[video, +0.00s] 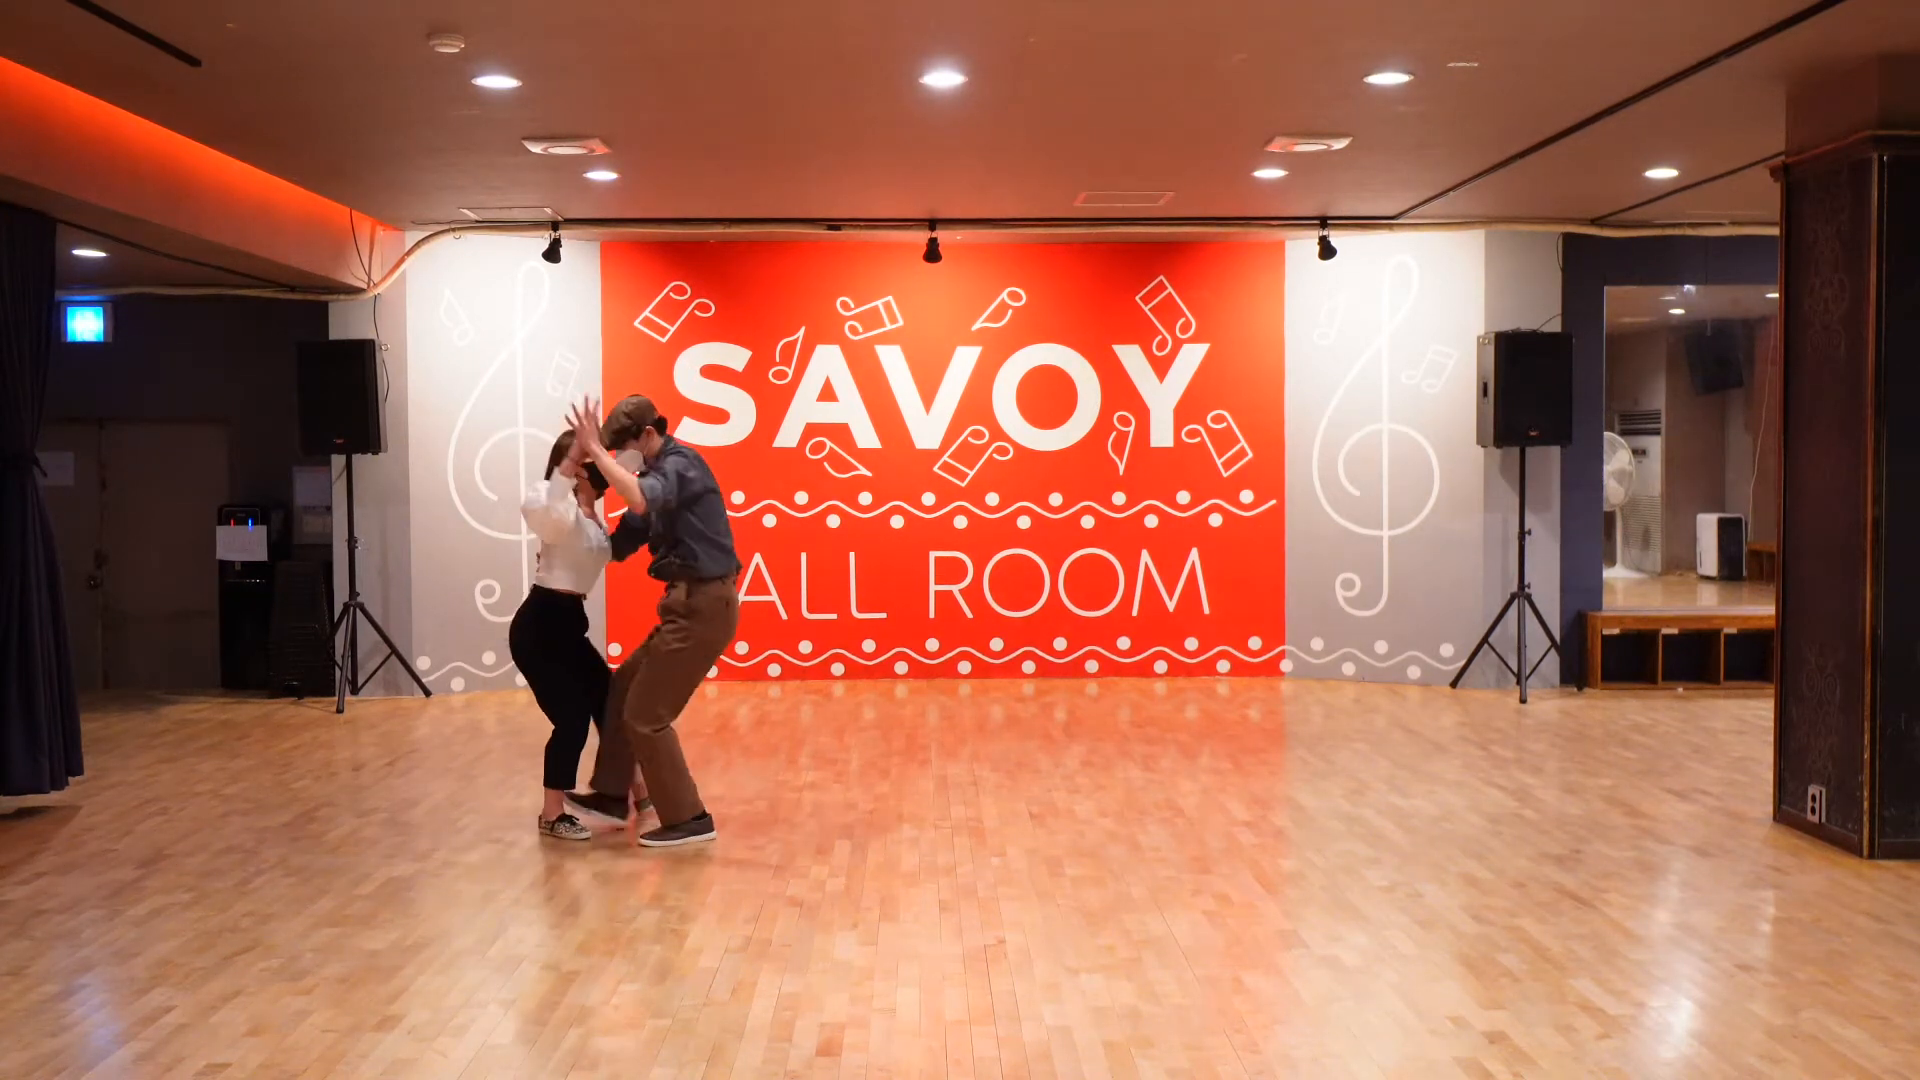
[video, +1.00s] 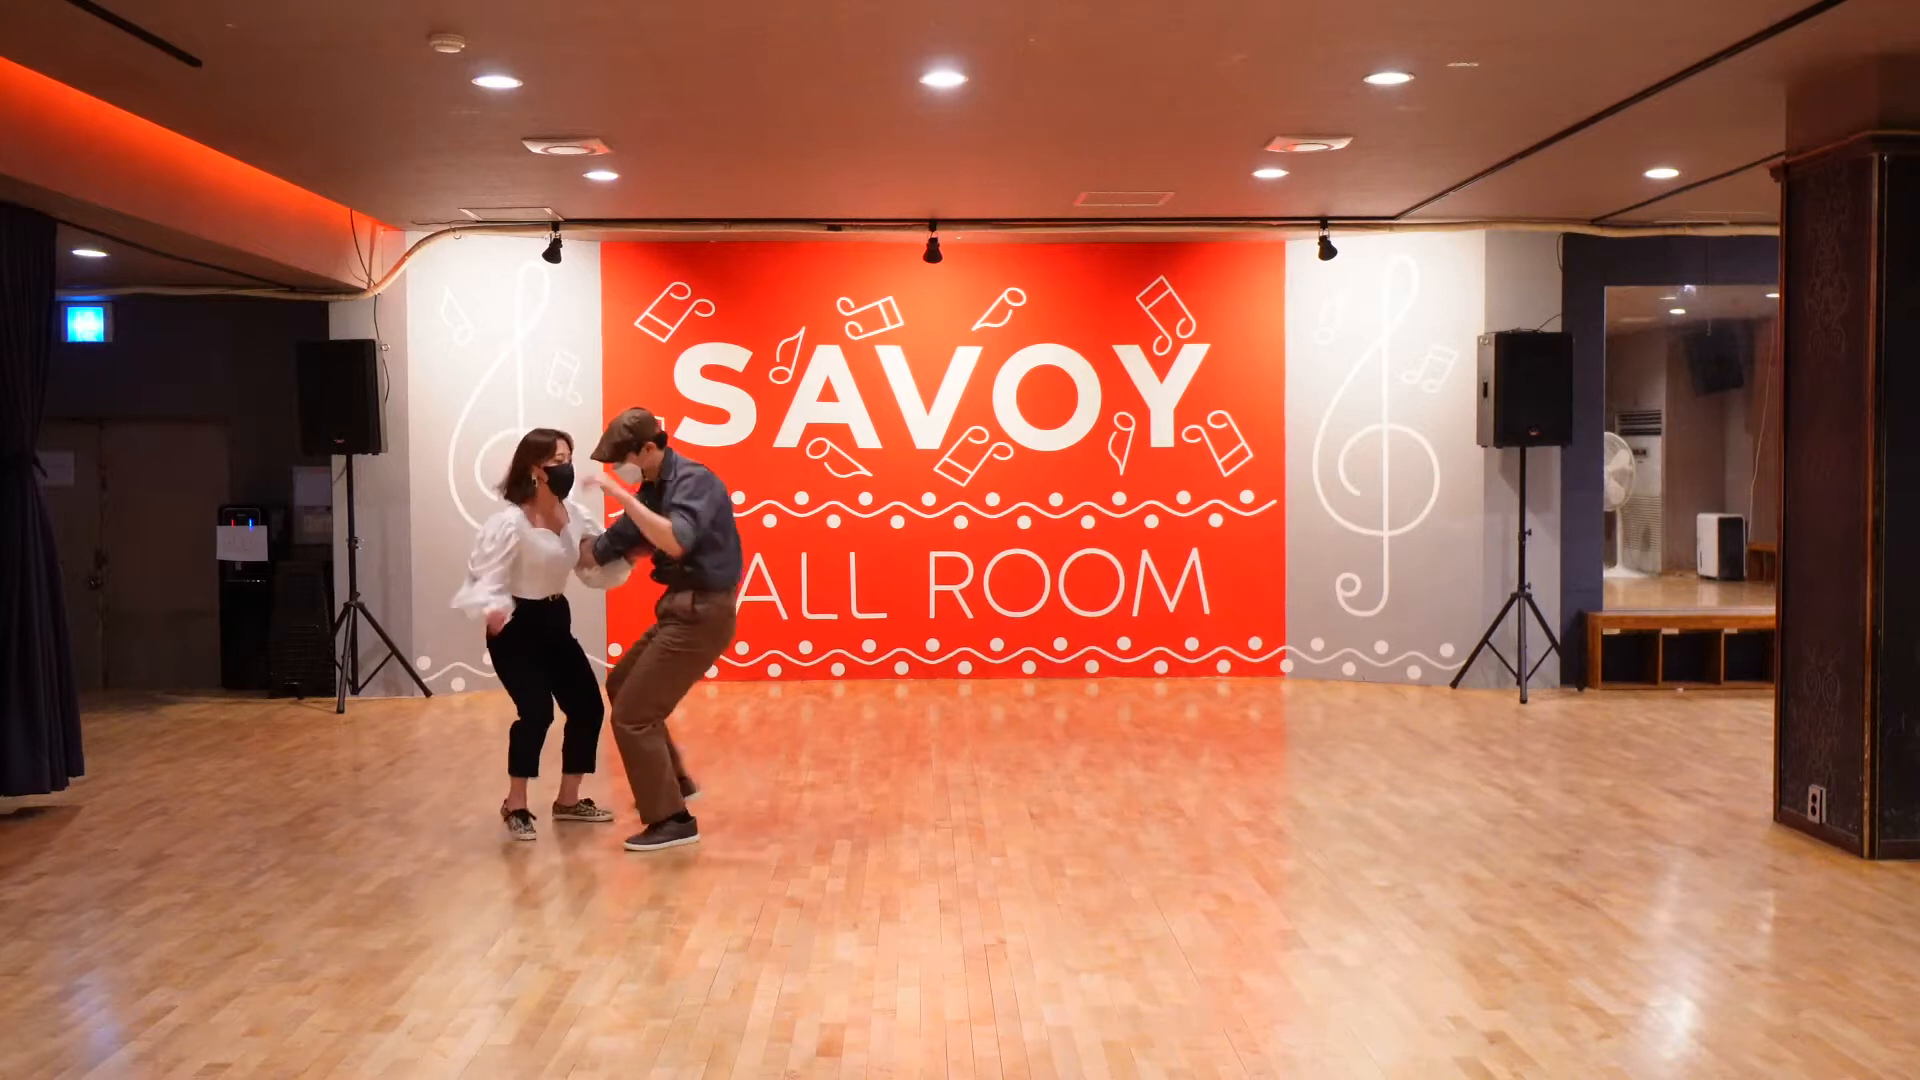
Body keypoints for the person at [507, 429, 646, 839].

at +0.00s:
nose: (593, 476)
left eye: (594, 466)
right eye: (584, 466)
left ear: (592, 474)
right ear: (565, 471)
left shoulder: (595, 520)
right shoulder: (555, 512)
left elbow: (625, 472)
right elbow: (552, 517)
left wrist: (628, 442)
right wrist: (570, 463)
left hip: (569, 627)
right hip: (539, 627)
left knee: (613, 703)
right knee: (571, 716)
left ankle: (631, 788)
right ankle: (552, 814)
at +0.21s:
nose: (599, 467)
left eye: (598, 460)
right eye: (589, 462)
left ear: (582, 472)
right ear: (567, 473)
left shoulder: (593, 521)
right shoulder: (547, 520)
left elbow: (600, 578)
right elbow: (553, 579)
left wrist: (640, 589)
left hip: (573, 630)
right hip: (538, 633)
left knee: (614, 706)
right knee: (571, 718)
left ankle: (595, 795)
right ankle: (552, 815)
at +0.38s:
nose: (591, 466)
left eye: (592, 459)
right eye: (582, 460)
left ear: (591, 465)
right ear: (560, 470)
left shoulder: (596, 511)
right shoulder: (541, 519)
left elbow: (622, 555)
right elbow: (549, 582)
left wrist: (661, 537)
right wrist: (583, 627)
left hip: (576, 619)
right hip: (536, 624)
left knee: (611, 701)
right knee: (558, 709)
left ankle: (595, 796)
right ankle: (546, 806)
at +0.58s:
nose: (568, 471)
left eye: (571, 464)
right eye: (559, 465)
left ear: (572, 469)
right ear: (538, 474)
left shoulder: (573, 514)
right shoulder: (517, 532)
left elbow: (606, 549)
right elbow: (506, 598)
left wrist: (633, 512)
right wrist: (506, 654)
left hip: (565, 621)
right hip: (525, 630)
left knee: (603, 701)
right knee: (537, 715)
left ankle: (596, 798)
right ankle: (510, 811)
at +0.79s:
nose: (562, 466)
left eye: (562, 459)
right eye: (554, 460)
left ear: (550, 467)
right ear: (530, 469)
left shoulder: (565, 513)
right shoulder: (502, 528)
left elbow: (591, 560)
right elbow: (467, 589)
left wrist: (624, 533)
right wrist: (443, 644)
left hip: (549, 618)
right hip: (507, 623)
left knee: (596, 696)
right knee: (528, 713)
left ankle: (588, 789)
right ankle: (511, 811)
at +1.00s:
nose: (567, 469)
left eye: (569, 461)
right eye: (558, 462)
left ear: (569, 466)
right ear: (534, 470)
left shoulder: (573, 517)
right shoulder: (507, 524)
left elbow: (593, 573)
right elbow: (480, 584)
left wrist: (628, 554)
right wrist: (492, 609)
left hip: (555, 623)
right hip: (513, 626)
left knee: (588, 707)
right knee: (536, 711)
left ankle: (568, 801)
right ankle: (515, 804)